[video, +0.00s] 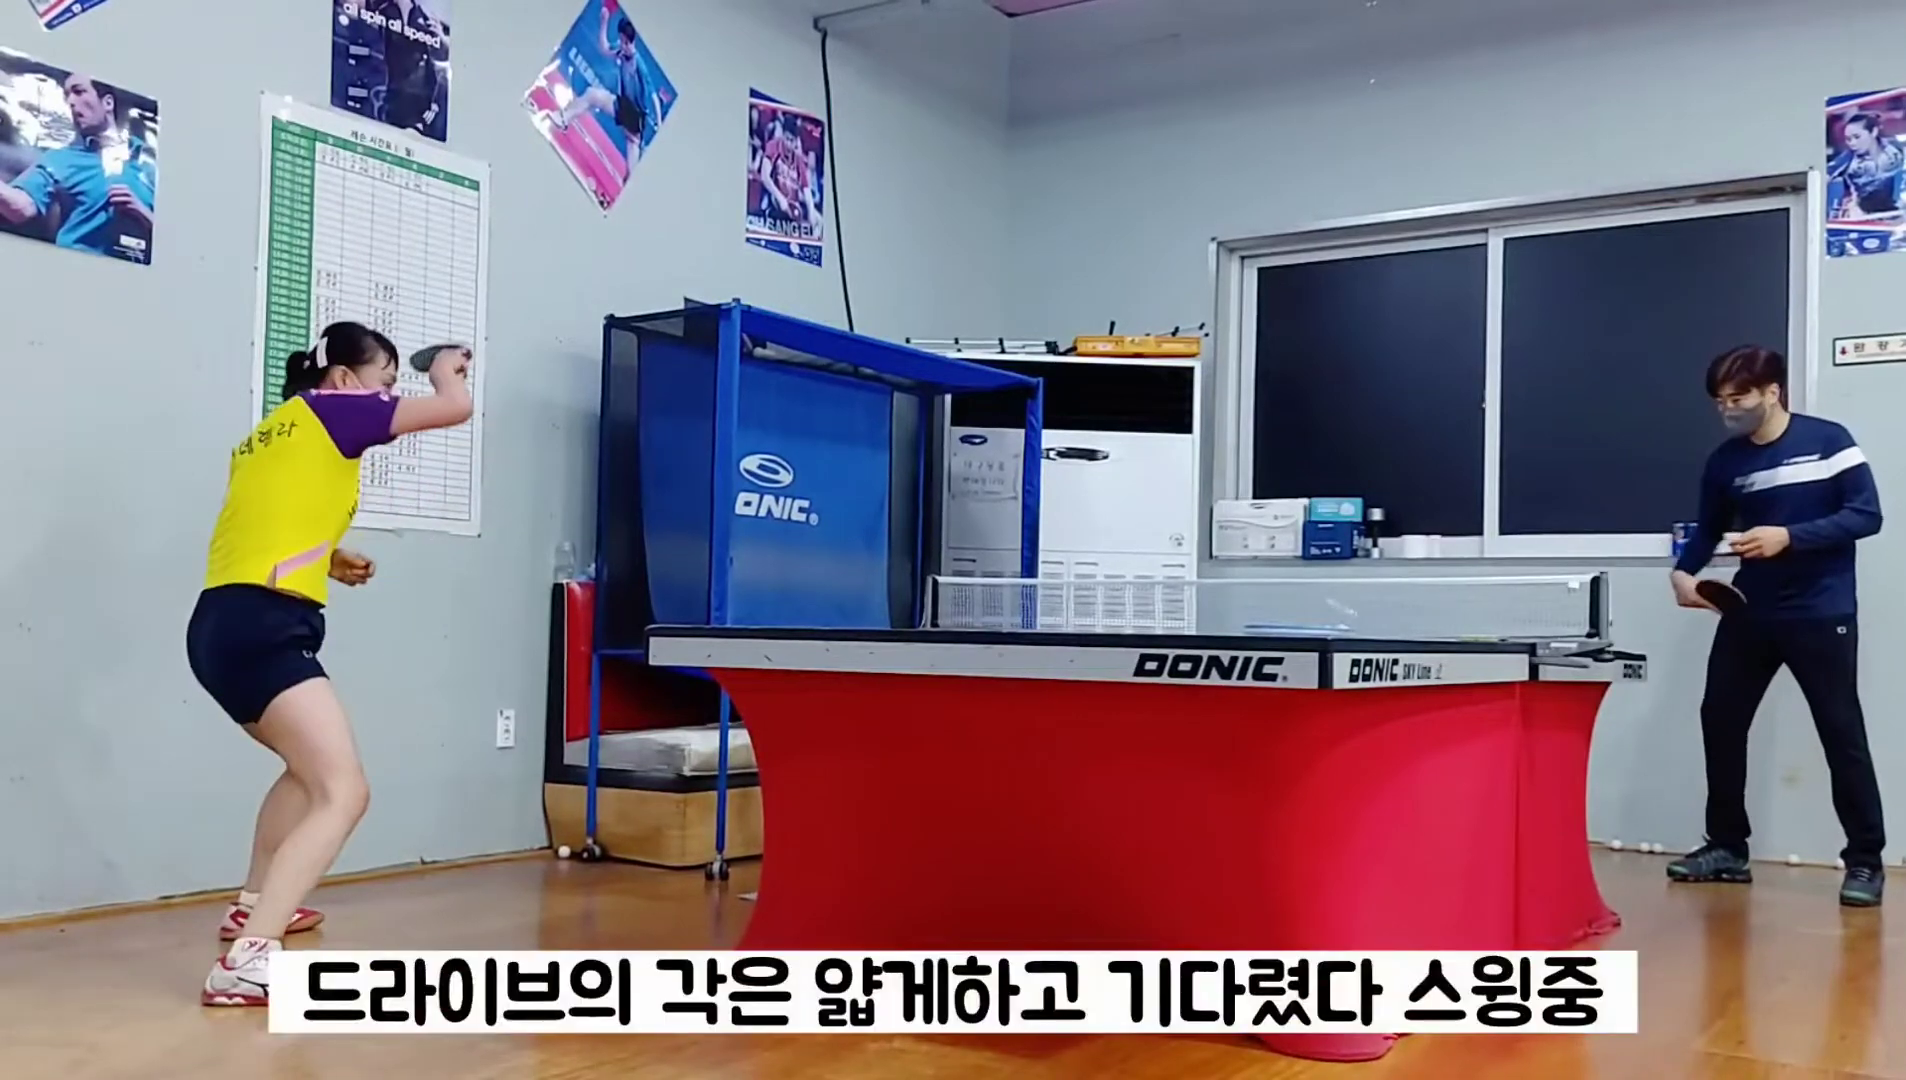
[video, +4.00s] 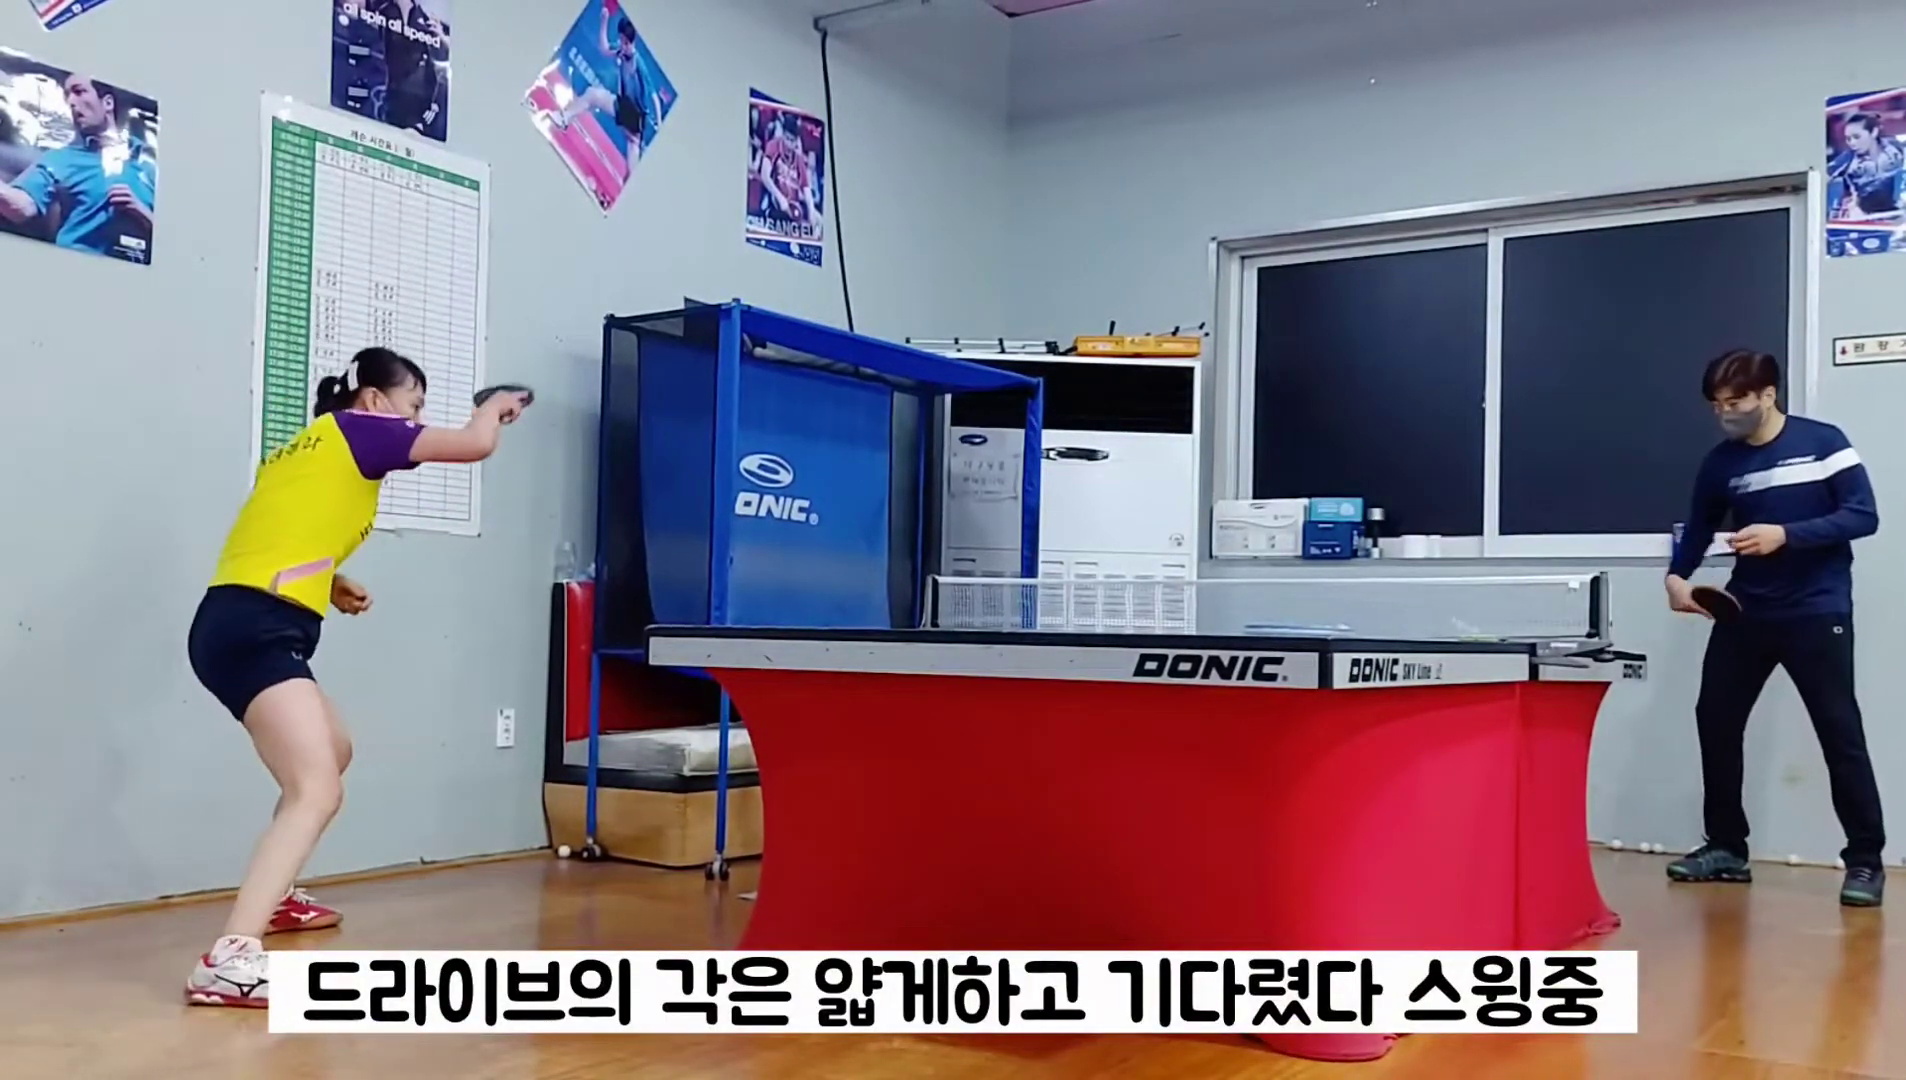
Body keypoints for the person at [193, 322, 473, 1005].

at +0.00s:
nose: (388, 395)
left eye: (389, 385)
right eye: (383, 382)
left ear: (324, 376)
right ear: (344, 374)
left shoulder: (267, 432)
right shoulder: (336, 410)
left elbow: (262, 517)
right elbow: (456, 408)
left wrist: (328, 555)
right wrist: (448, 370)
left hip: (216, 626)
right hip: (262, 624)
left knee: (310, 774)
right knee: (344, 794)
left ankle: (255, 902)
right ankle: (248, 958)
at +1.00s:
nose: (411, 402)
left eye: (413, 392)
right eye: (406, 390)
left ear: (349, 382)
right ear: (367, 380)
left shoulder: (293, 438)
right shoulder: (371, 414)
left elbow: (295, 530)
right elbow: (491, 398)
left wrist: (366, 577)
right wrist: (482, 365)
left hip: (225, 635)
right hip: (291, 629)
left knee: (311, 767)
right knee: (383, 814)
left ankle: (281, 910)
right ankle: (286, 981)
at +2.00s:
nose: (434, 406)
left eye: (437, 395)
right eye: (431, 392)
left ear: (372, 386)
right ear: (391, 381)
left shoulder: (303, 439)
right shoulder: (383, 418)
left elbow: (274, 527)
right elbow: (505, 441)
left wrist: (348, 570)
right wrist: (515, 398)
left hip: (228, 632)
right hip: (281, 632)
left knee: (310, 772)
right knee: (374, 810)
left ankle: (275, 919)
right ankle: (270, 976)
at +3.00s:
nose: (396, 393)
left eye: (398, 382)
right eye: (390, 379)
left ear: (326, 376)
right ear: (351, 371)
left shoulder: (257, 441)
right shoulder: (351, 406)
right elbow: (474, 416)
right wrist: (481, 386)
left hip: (214, 628)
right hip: (270, 625)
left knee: (303, 770)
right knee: (353, 806)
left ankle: (260, 911)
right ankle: (251, 970)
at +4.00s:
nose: (415, 420)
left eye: (419, 410)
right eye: (411, 406)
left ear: (359, 402)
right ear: (370, 397)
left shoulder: (305, 444)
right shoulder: (361, 431)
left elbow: (277, 526)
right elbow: (477, 443)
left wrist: (331, 579)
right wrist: (496, 405)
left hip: (237, 624)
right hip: (253, 625)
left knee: (333, 748)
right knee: (314, 791)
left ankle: (274, 891)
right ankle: (231, 952)